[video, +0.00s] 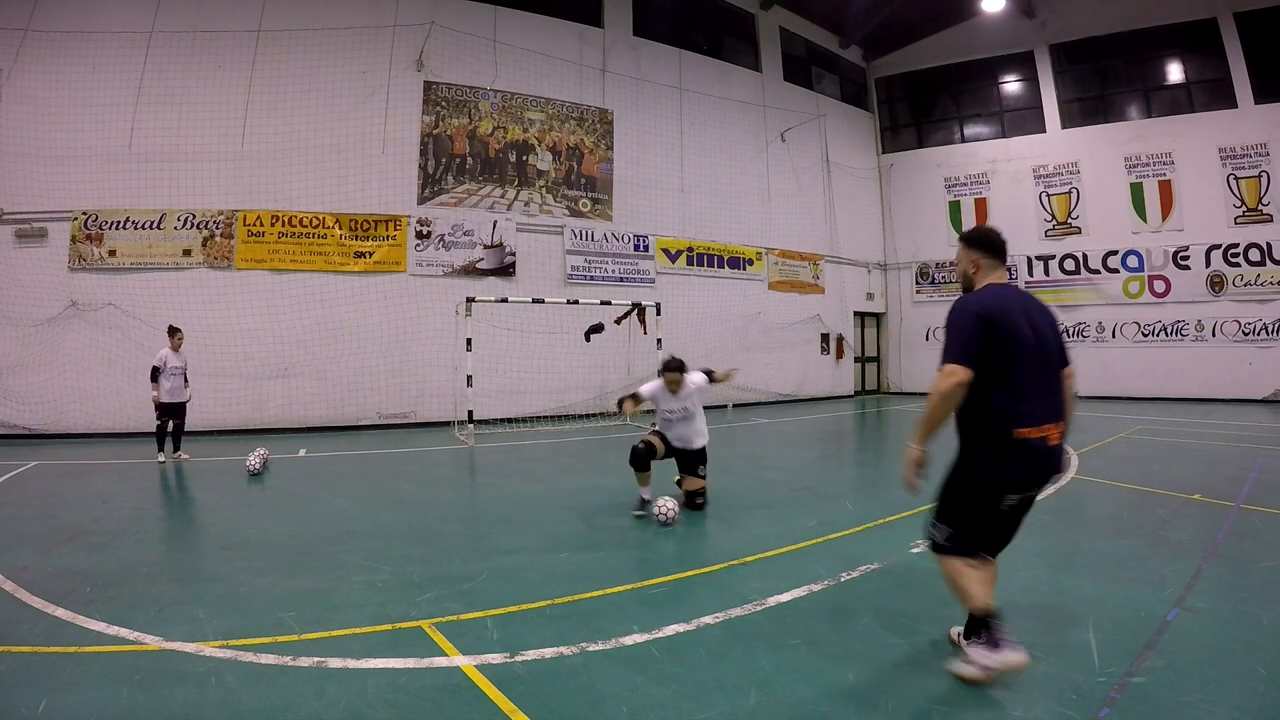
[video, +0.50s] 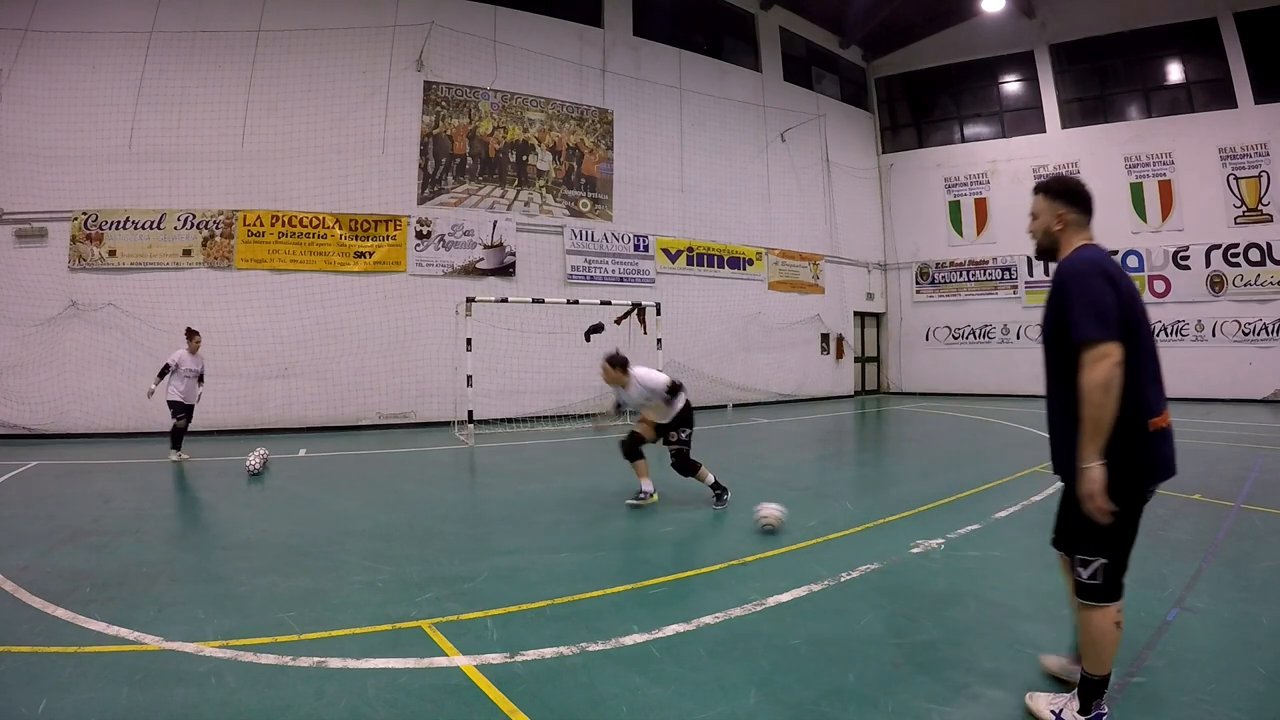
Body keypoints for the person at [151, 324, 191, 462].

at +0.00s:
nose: (181, 342)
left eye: (182, 339)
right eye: (179, 339)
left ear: (182, 339)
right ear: (171, 339)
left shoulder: (182, 356)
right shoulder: (163, 354)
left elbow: (184, 374)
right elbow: (154, 374)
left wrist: (187, 389)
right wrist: (155, 393)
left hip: (180, 397)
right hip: (165, 397)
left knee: (179, 425)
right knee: (163, 425)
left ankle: (177, 451)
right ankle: (161, 452)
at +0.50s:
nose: (199, 345)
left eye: (200, 342)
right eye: (196, 342)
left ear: (199, 343)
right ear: (189, 342)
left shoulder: (199, 359)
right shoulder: (179, 355)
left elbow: (201, 376)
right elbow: (165, 369)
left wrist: (200, 388)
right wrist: (153, 385)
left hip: (190, 397)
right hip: (175, 395)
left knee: (185, 424)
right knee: (181, 421)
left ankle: (178, 450)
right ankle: (173, 450)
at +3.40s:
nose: (232, 359)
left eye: (232, 357)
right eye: (230, 357)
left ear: (223, 356)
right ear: (223, 356)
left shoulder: (215, 365)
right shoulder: (217, 369)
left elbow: (211, 387)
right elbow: (208, 392)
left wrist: (216, 400)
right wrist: (211, 409)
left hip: (196, 396)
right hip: (193, 397)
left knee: (208, 424)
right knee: (210, 424)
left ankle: (194, 452)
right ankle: (217, 457)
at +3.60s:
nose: (215, 349)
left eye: (215, 346)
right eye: (213, 346)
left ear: (209, 347)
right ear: (206, 347)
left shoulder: (206, 361)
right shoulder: (199, 361)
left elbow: (206, 380)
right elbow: (187, 381)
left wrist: (216, 392)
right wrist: (186, 401)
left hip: (199, 401)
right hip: (193, 402)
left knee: (196, 429)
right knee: (204, 429)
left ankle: (187, 456)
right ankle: (213, 457)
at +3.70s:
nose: (208, 344)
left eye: (208, 341)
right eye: (205, 342)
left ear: (206, 342)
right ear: (197, 343)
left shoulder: (202, 359)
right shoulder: (191, 358)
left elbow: (202, 378)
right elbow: (181, 378)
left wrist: (212, 389)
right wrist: (178, 398)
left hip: (198, 399)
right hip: (188, 400)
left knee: (194, 428)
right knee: (199, 427)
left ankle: (188, 456)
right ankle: (204, 456)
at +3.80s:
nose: (202, 341)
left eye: (202, 339)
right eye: (200, 339)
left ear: (199, 340)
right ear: (191, 341)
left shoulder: (197, 356)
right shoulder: (187, 356)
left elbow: (197, 376)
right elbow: (176, 375)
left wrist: (204, 390)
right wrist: (174, 397)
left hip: (195, 398)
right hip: (185, 398)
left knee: (195, 425)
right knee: (192, 425)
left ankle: (190, 455)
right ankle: (187, 456)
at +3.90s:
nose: (197, 340)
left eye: (197, 337)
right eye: (194, 337)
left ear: (195, 338)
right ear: (186, 339)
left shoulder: (193, 354)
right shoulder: (181, 355)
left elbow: (191, 377)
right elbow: (174, 375)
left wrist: (196, 393)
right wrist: (174, 396)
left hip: (193, 398)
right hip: (183, 399)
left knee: (192, 426)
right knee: (185, 426)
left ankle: (188, 456)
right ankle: (175, 456)